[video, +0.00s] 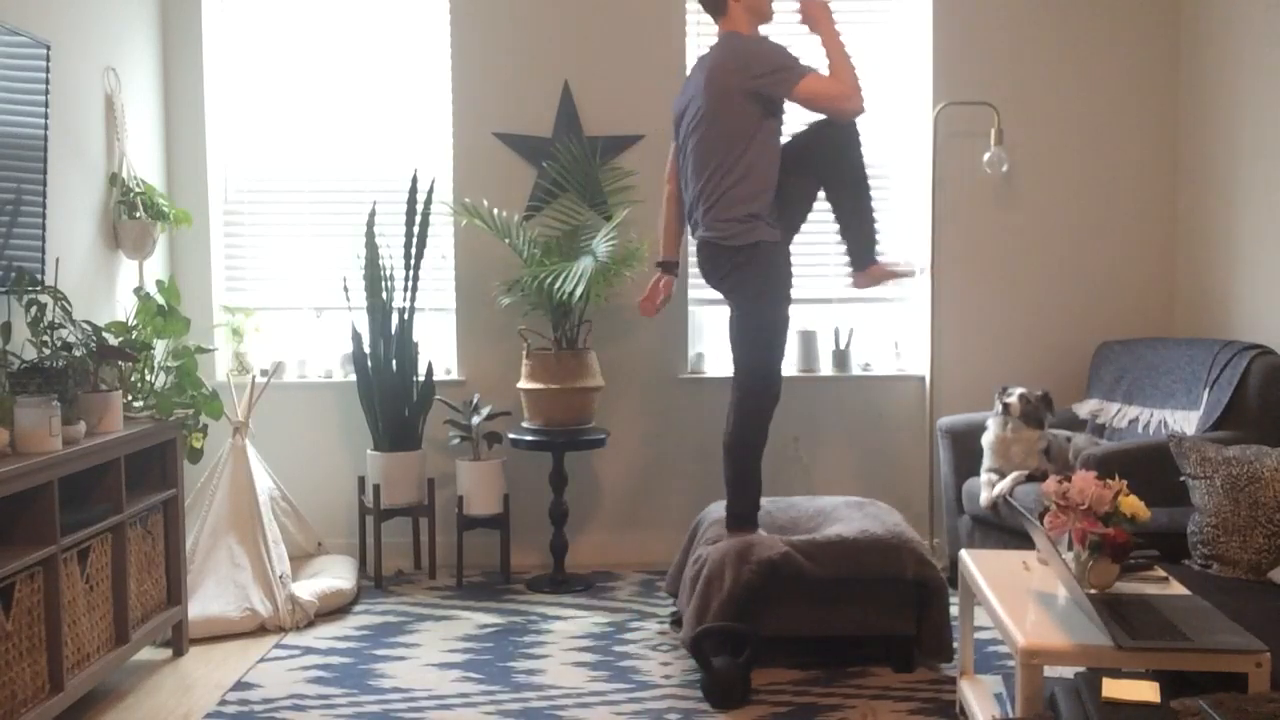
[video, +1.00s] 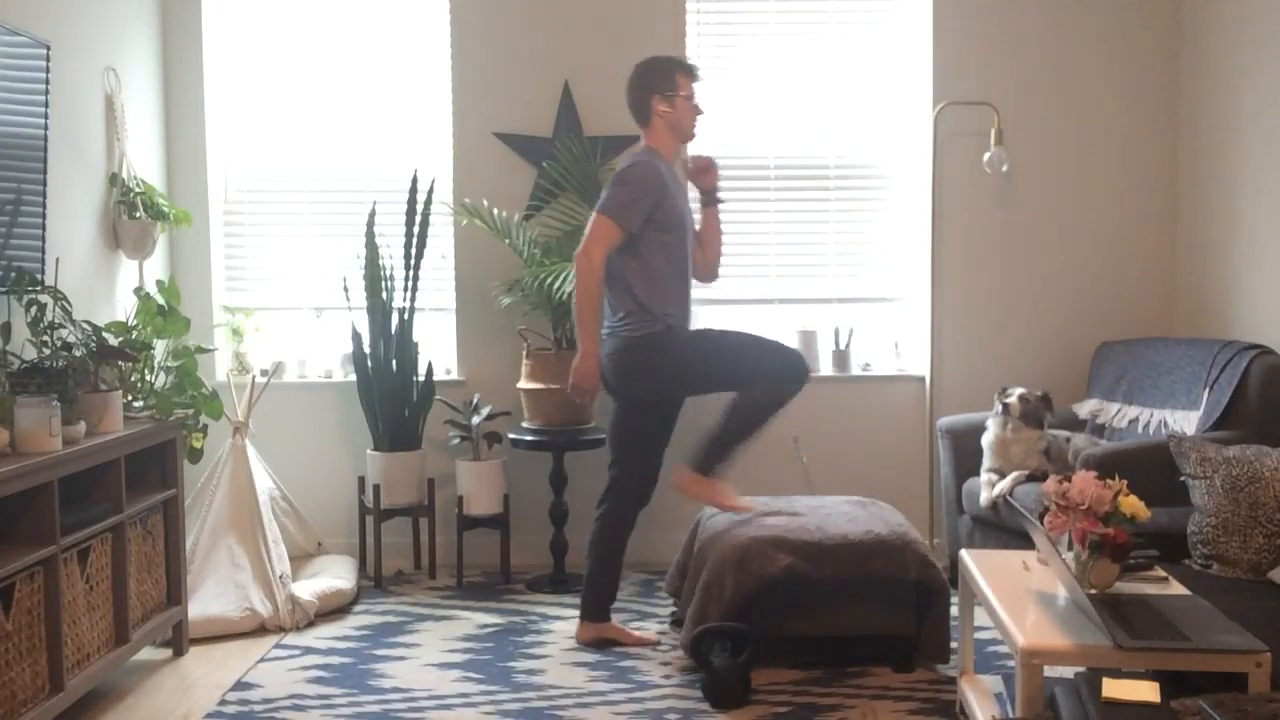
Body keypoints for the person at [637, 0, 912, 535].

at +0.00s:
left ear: (719, 8)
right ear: (740, 1)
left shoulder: (696, 79)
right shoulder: (749, 52)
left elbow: (675, 182)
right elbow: (847, 100)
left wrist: (667, 265)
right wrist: (826, 30)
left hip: (720, 244)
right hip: (750, 245)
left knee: (832, 135)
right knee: (757, 393)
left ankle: (865, 262)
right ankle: (742, 534)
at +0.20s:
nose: (771, 2)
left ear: (724, 10)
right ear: (741, 4)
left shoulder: (695, 76)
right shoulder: (748, 59)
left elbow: (673, 181)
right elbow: (816, 137)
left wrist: (691, 255)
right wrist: (834, 73)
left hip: (714, 240)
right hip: (743, 246)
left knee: (859, 192)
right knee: (755, 397)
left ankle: (832, 323)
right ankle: (742, 541)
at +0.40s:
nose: (766, 2)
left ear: (720, 10)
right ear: (732, 4)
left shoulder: (713, 68)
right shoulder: (731, 67)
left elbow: (710, 168)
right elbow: (726, 161)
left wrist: (793, 175)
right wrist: (808, 176)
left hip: (729, 252)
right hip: (723, 256)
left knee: (804, 356)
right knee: (766, 400)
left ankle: (705, 424)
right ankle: (739, 542)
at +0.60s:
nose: (758, 49)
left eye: (754, 38)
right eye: (750, 38)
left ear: (719, 51)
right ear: (722, 49)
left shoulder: (721, 123)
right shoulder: (710, 119)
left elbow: (729, 231)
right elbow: (679, 210)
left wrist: (796, 249)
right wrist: (732, 286)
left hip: (695, 302)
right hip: (703, 302)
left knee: (702, 433)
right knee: (799, 412)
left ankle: (635, 550)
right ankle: (741, 545)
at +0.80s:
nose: (730, 112)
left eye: (727, 102)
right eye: (721, 102)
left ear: (692, 111)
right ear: (692, 110)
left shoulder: (691, 184)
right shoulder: (674, 180)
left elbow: (717, 281)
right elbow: (629, 267)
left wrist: (764, 223)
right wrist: (636, 362)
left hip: (675, 357)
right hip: (679, 357)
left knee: (650, 490)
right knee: (805, 409)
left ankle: (598, 615)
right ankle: (745, 531)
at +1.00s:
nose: (698, 108)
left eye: (696, 97)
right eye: (689, 98)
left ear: (667, 107)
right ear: (659, 106)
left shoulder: (669, 176)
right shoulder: (643, 170)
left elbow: (705, 267)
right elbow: (589, 256)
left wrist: (709, 194)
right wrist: (586, 352)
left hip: (646, 350)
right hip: (650, 349)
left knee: (627, 489)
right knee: (786, 368)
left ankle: (594, 620)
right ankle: (702, 472)